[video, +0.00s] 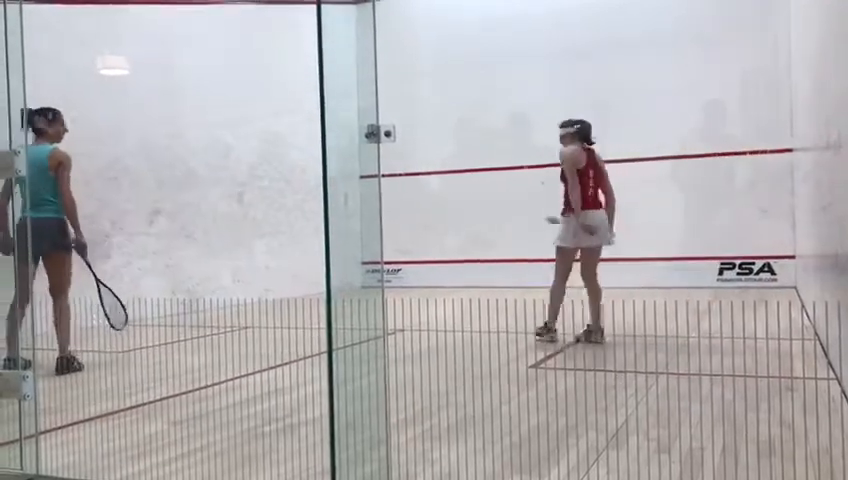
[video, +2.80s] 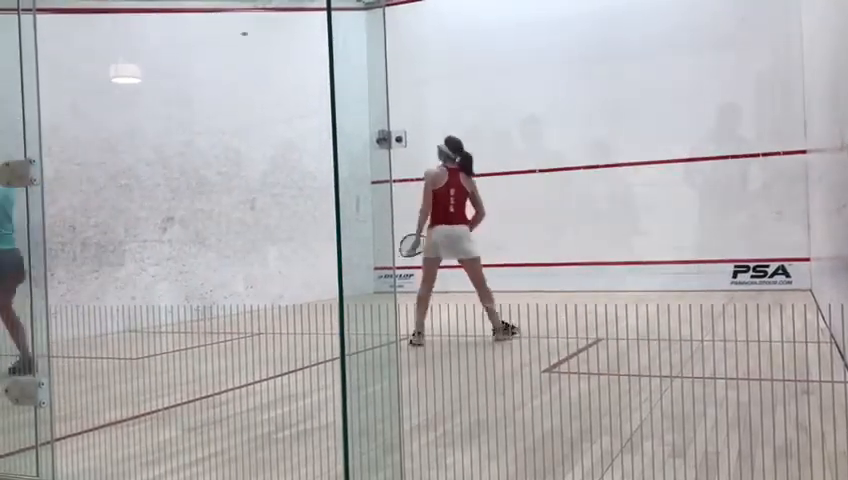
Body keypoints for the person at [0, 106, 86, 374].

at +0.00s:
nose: (65, 131)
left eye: (64, 126)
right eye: (61, 126)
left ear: (39, 127)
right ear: (46, 125)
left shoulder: (19, 155)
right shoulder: (59, 156)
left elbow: (3, 197)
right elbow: (65, 196)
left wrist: (3, 231)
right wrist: (78, 233)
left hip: (24, 228)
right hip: (53, 227)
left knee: (21, 297)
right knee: (60, 293)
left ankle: (11, 355)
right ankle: (64, 355)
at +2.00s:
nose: (84, 133)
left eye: (83, 128)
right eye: (80, 128)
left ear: (61, 132)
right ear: (68, 131)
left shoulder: (39, 158)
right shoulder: (81, 164)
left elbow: (22, 197)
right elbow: (92, 207)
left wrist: (27, 224)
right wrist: (106, 240)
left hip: (42, 233)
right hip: (71, 234)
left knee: (31, 296)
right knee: (74, 301)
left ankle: (8, 359)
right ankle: (77, 363)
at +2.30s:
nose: (53, 138)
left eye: (51, 133)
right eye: (50, 134)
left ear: (25, 136)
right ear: (44, 137)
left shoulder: (8, 165)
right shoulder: (54, 168)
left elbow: (2, 195)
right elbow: (69, 208)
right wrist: (76, 235)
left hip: (11, 238)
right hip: (43, 237)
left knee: (8, 307)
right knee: (58, 301)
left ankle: (8, 366)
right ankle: (75, 357)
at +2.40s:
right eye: (37, 138)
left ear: (12, 139)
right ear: (37, 139)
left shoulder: (3, 165)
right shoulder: (44, 169)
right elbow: (59, 209)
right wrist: (58, 227)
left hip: (6, 240)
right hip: (33, 239)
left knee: (4, 306)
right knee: (42, 295)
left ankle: (7, 363)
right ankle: (62, 343)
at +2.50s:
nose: (27, 144)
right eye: (29, 139)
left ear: (5, 140)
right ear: (29, 140)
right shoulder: (37, 170)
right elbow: (50, 211)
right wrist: (29, 217)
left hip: (5, 238)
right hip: (29, 238)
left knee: (2, 301)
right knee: (26, 295)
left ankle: (4, 361)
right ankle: (40, 352)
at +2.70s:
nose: (2, 162)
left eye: (1, 157)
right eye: (4, 157)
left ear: (3, 155)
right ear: (8, 155)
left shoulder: (12, 183)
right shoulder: (20, 183)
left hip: (13, 250)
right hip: (19, 250)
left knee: (7, 303)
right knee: (7, 304)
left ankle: (27, 356)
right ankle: (26, 355)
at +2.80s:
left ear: (6, 172)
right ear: (8, 173)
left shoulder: (7, 193)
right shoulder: (7, 193)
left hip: (8, 253)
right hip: (10, 252)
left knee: (6, 308)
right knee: (6, 308)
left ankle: (25, 357)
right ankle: (25, 356)